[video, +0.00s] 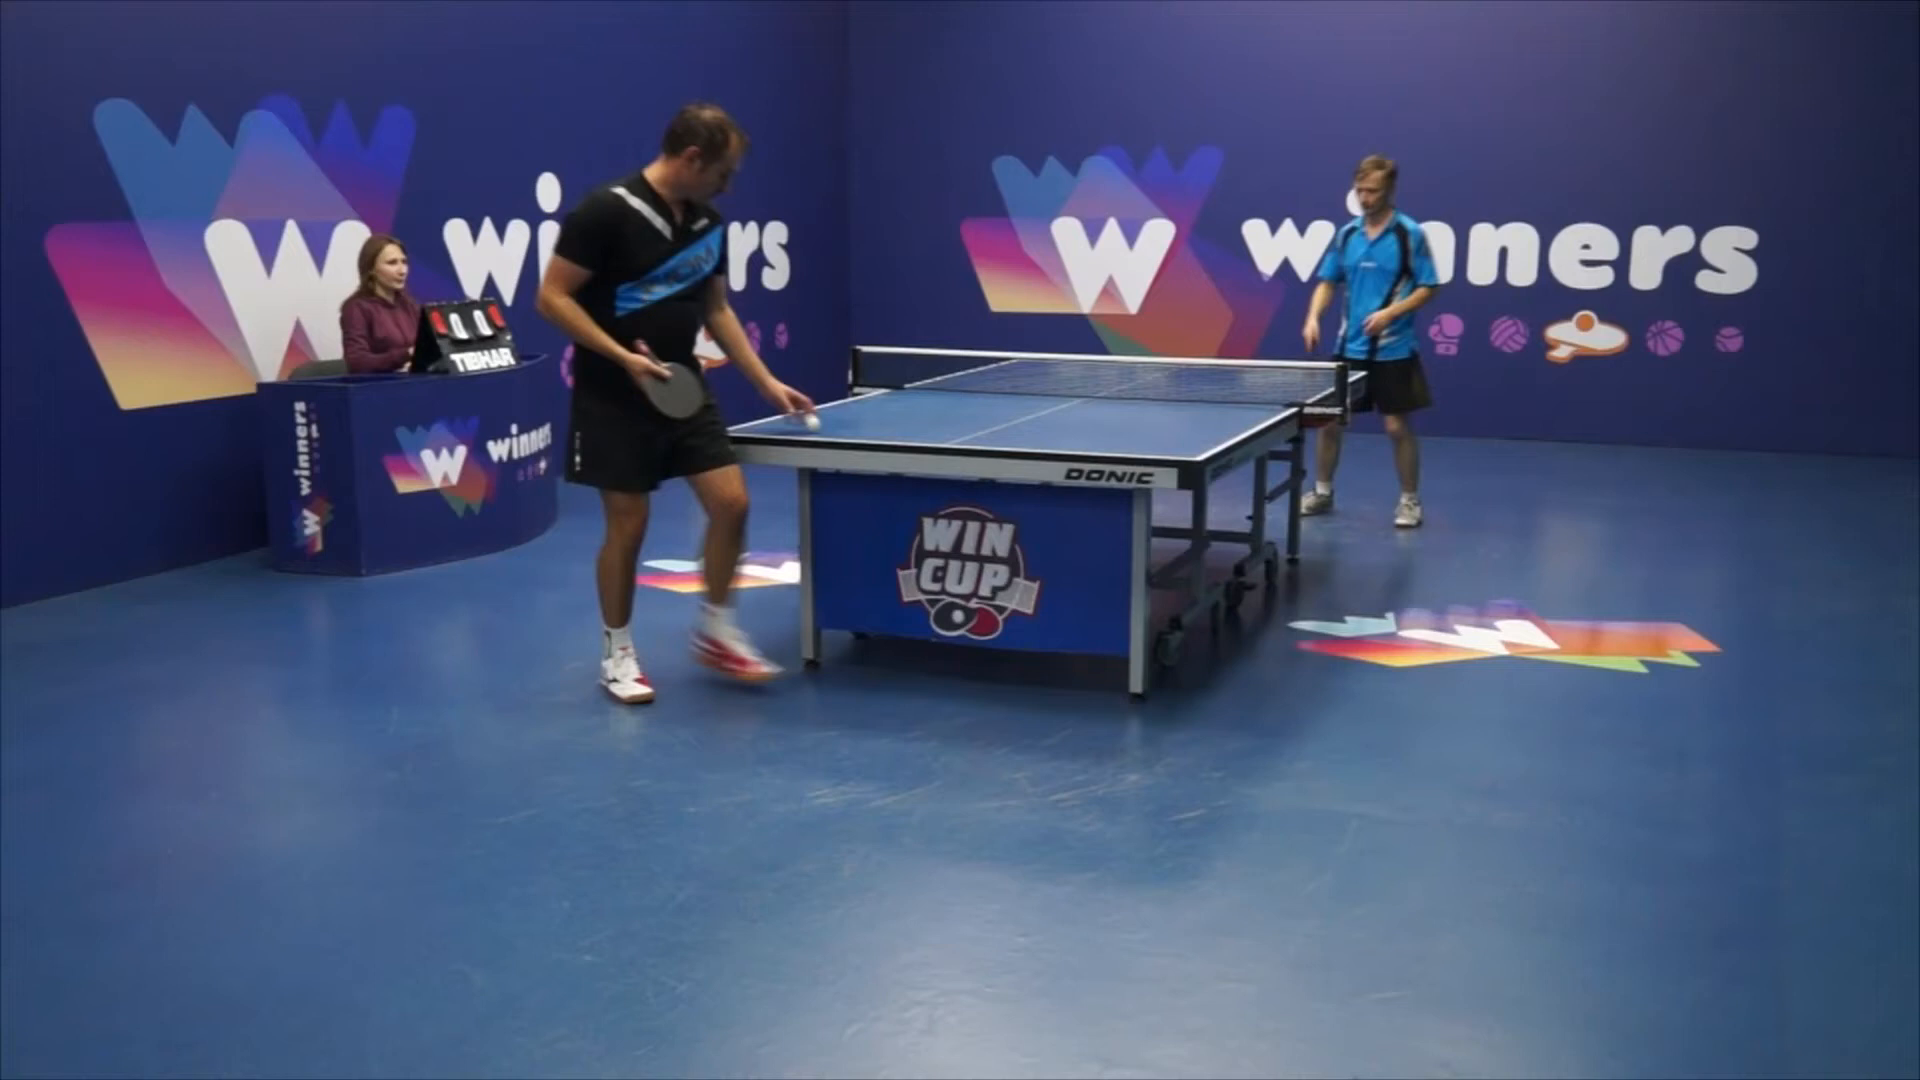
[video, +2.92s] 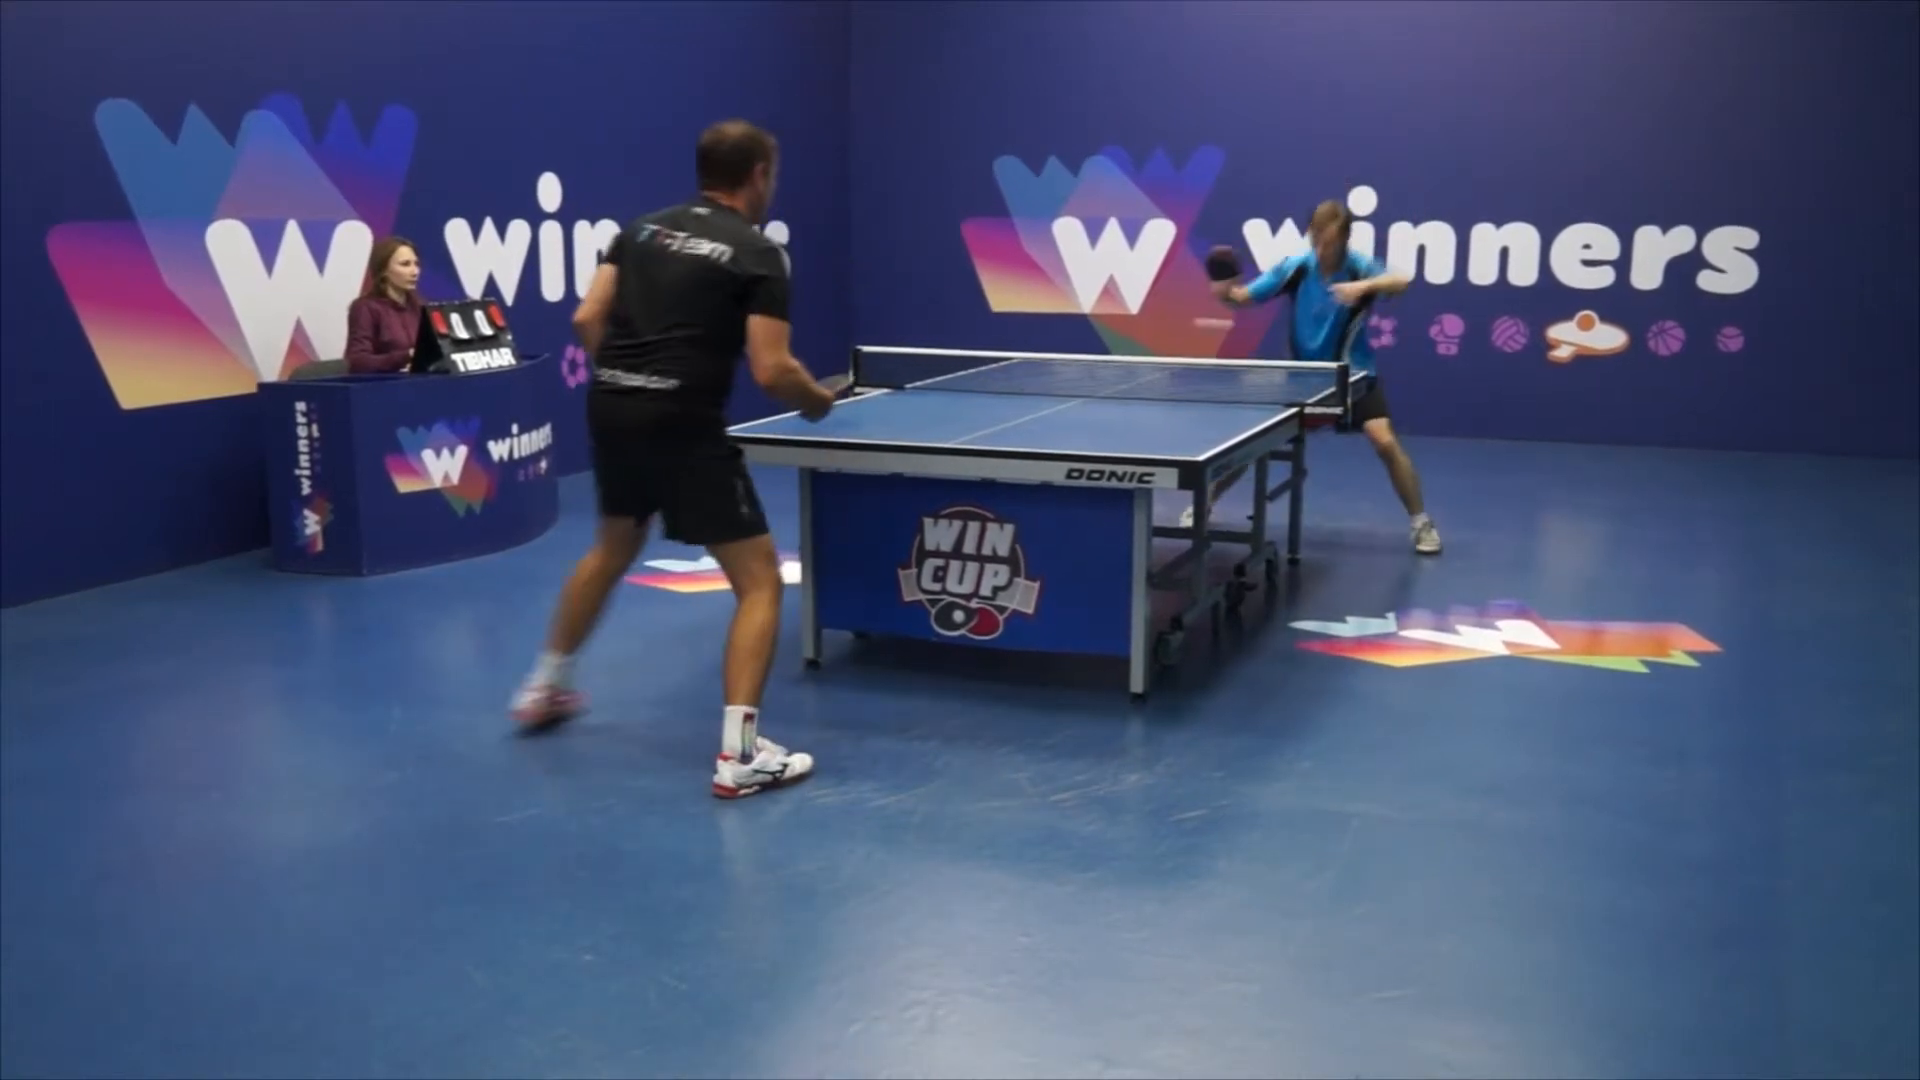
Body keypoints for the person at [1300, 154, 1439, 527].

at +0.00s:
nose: (1366, 196)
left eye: (1374, 190)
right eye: (1362, 189)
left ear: (1390, 192)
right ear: (1356, 189)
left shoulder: (1410, 233)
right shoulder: (1347, 234)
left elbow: (1427, 287)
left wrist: (1390, 314)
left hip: (1392, 350)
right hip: (1350, 348)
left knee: (1396, 427)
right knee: (1331, 422)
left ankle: (1409, 499)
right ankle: (1322, 491)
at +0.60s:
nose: (1320, 224)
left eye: (1327, 217)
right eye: (1316, 217)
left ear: (1344, 215)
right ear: (1311, 216)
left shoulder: (1370, 247)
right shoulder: (1315, 255)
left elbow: (1401, 296)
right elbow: (1308, 304)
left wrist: (1376, 342)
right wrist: (1293, 318)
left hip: (1382, 349)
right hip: (1341, 351)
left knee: (1380, 426)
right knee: (1319, 420)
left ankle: (1392, 511)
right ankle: (1324, 493)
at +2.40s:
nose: (1330, 224)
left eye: (1338, 218)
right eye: (1326, 217)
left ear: (1357, 218)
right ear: (1321, 215)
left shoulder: (1381, 255)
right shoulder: (1315, 258)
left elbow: (1412, 302)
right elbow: (1303, 309)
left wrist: (1382, 333)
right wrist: (1295, 325)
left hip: (1379, 366)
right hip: (1330, 366)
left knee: (1398, 440)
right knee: (1282, 421)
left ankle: (1425, 520)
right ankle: (1270, 502)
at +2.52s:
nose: (1319, 243)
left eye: (1326, 236)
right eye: (1316, 235)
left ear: (1345, 234)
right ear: (1311, 233)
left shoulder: (1371, 267)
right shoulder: (1304, 275)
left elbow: (1409, 306)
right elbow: (1290, 325)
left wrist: (1381, 328)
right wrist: (1282, 364)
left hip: (1373, 375)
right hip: (1323, 375)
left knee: (1397, 444)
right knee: (1268, 429)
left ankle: (1425, 521)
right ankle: (1226, 498)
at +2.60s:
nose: (1309, 260)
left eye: (1316, 253)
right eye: (1305, 253)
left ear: (1334, 250)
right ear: (1300, 250)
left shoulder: (1358, 278)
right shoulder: (1290, 285)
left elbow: (1405, 308)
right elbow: (1265, 330)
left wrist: (1377, 321)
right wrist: (1260, 370)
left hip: (1363, 380)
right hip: (1314, 381)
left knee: (1393, 444)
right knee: (1261, 437)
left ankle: (1420, 522)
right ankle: (1213, 502)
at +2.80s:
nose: (1309, 281)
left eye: (1316, 275)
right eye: (1304, 273)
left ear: (1331, 268)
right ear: (1297, 265)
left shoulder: (1346, 292)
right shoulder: (1282, 288)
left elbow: (1381, 324)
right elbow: (1223, 305)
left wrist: (1347, 314)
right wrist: (1237, 339)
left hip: (1343, 384)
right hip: (1294, 385)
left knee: (1378, 446)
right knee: (1251, 448)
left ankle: (1419, 523)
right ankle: (1202, 507)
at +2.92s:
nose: (1323, 248)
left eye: (1330, 241)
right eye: (1318, 239)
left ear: (1345, 238)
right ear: (1311, 235)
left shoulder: (1359, 267)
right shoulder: (1296, 268)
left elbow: (1400, 281)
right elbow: (1249, 296)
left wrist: (1361, 287)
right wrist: (1227, 291)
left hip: (1352, 375)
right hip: (1301, 375)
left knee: (1384, 440)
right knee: (1250, 434)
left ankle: (1420, 522)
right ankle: (1205, 503)